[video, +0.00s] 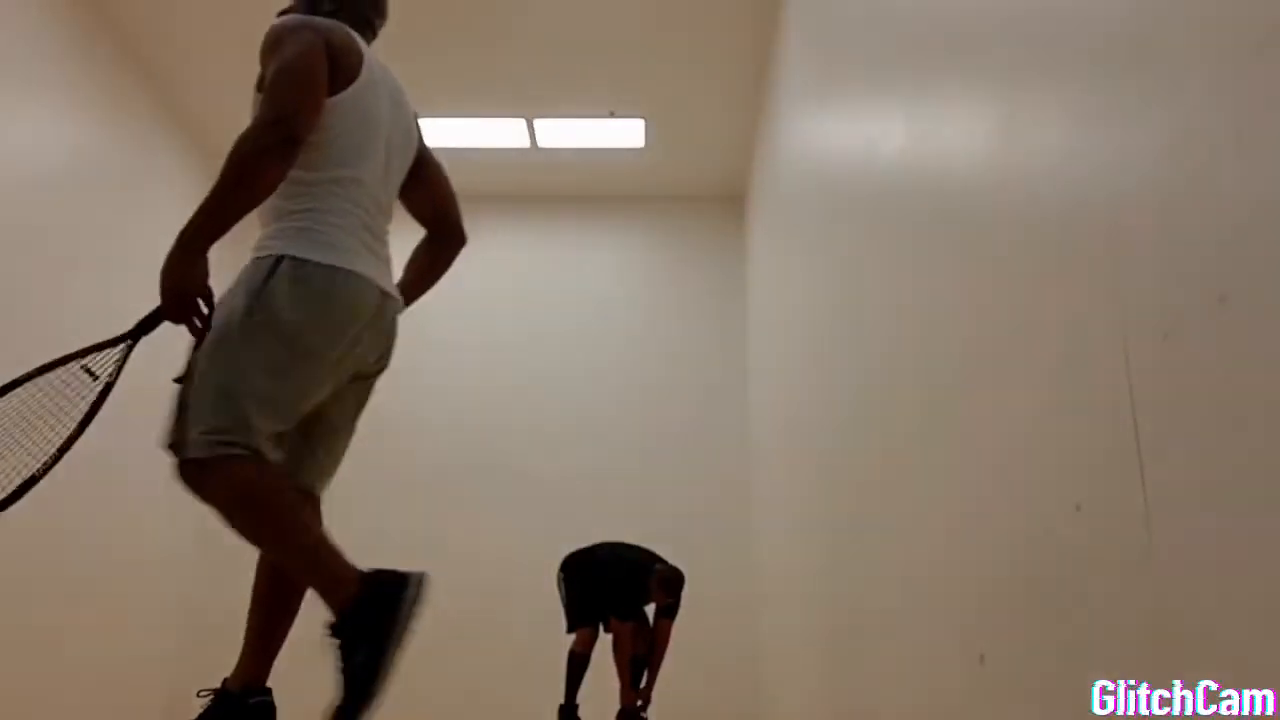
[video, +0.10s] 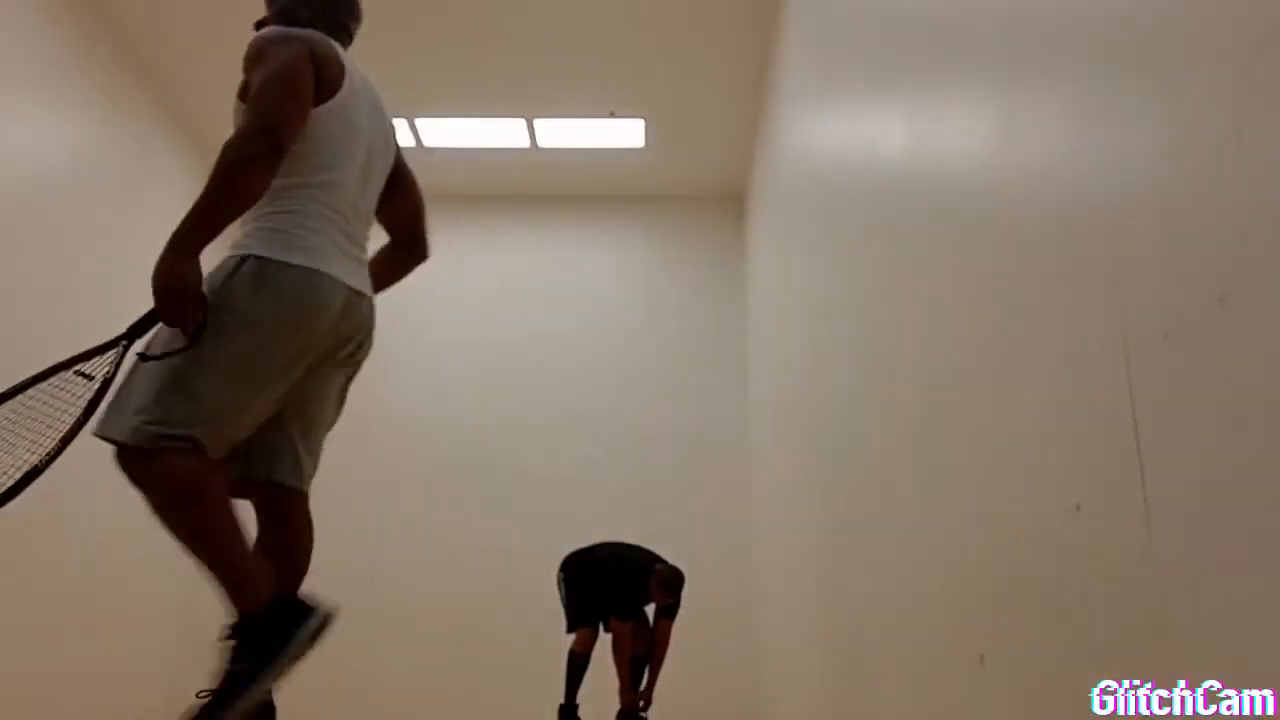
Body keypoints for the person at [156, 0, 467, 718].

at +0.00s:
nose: (281, 24)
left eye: (287, 17)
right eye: (284, 21)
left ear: (311, 7)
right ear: (370, 23)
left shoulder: (304, 32)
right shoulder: (393, 105)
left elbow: (283, 129)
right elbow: (448, 230)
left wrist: (189, 247)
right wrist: (389, 305)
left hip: (302, 276)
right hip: (372, 309)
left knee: (207, 449)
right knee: (295, 499)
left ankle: (356, 598)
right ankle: (247, 689)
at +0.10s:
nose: (261, 26)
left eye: (266, 19)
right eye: (263, 21)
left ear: (285, 15)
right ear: (349, 28)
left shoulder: (285, 43)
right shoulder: (371, 112)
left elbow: (269, 135)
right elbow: (412, 242)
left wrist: (181, 249)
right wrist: (334, 294)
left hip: (278, 277)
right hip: (349, 307)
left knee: (150, 440)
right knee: (279, 482)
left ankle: (269, 615)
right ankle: (248, 694)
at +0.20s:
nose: (238, 27)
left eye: (242, 17)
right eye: (240, 18)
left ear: (262, 15)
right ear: (325, 30)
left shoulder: (263, 51)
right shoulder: (356, 124)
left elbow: (258, 138)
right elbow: (363, 255)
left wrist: (181, 255)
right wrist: (261, 275)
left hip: (255, 284)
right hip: (331, 312)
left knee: (116, 443)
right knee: (274, 494)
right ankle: (245, 689)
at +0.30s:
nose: (212, 34)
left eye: (218, 22)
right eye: (215, 23)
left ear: (243, 21)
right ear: (298, 37)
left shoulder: (239, 60)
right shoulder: (333, 133)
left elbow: (230, 158)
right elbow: (321, 248)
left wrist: (170, 272)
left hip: (234, 287)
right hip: (312, 311)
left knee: (105, 463)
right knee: (262, 494)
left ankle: (23, 670)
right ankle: (244, 690)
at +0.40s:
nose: (182, 30)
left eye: (192, 17)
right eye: (186, 17)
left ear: (219, 22)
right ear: (266, 39)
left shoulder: (211, 66)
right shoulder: (302, 133)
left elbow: (210, 164)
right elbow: (274, 236)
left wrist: (153, 276)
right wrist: (159, 259)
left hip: (209, 291)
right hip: (286, 314)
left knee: (86, 481)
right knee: (246, 493)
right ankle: (242, 687)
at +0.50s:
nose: (142, 23)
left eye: (156, 11)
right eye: (149, 12)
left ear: (183, 21)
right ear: (230, 37)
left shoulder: (179, 68)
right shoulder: (259, 121)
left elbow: (184, 170)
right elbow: (235, 232)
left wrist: (117, 284)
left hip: (178, 293)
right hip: (258, 311)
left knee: (66, 478)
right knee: (222, 492)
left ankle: (19, 674)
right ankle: (240, 679)